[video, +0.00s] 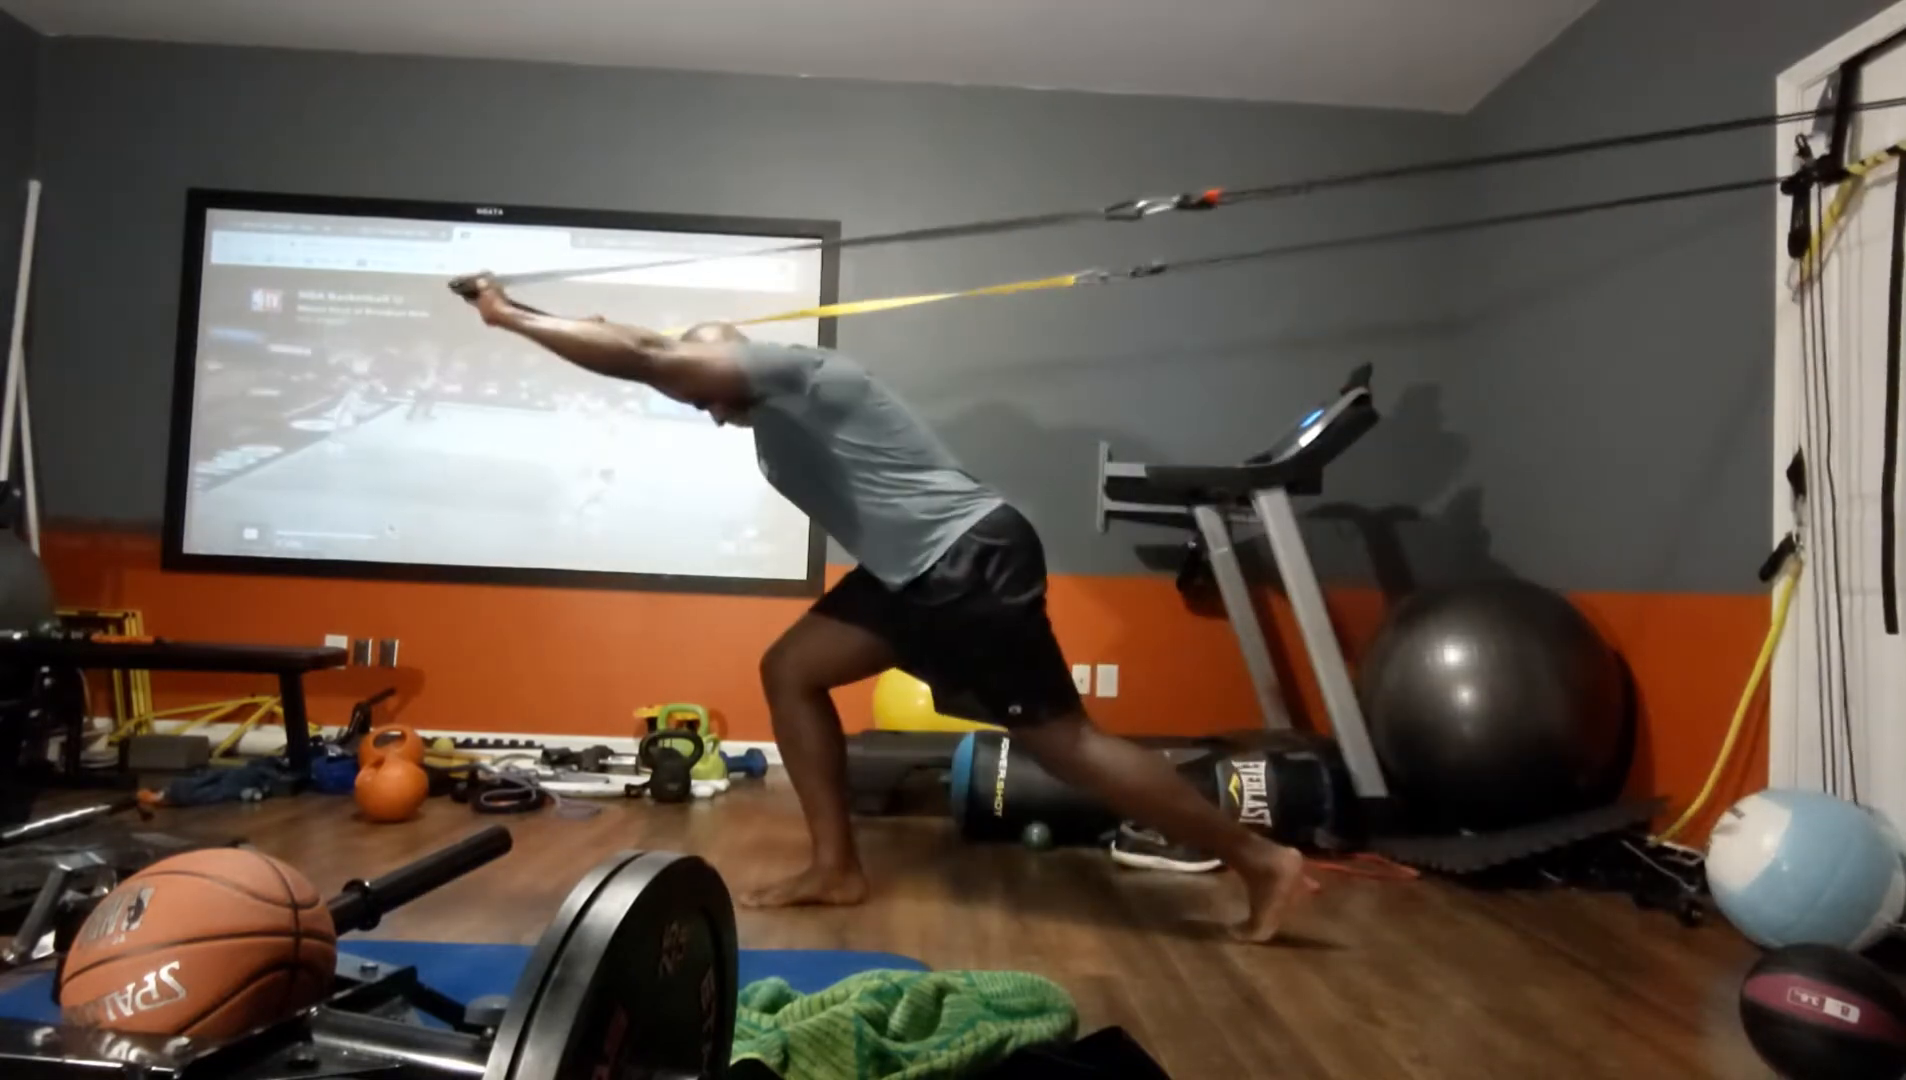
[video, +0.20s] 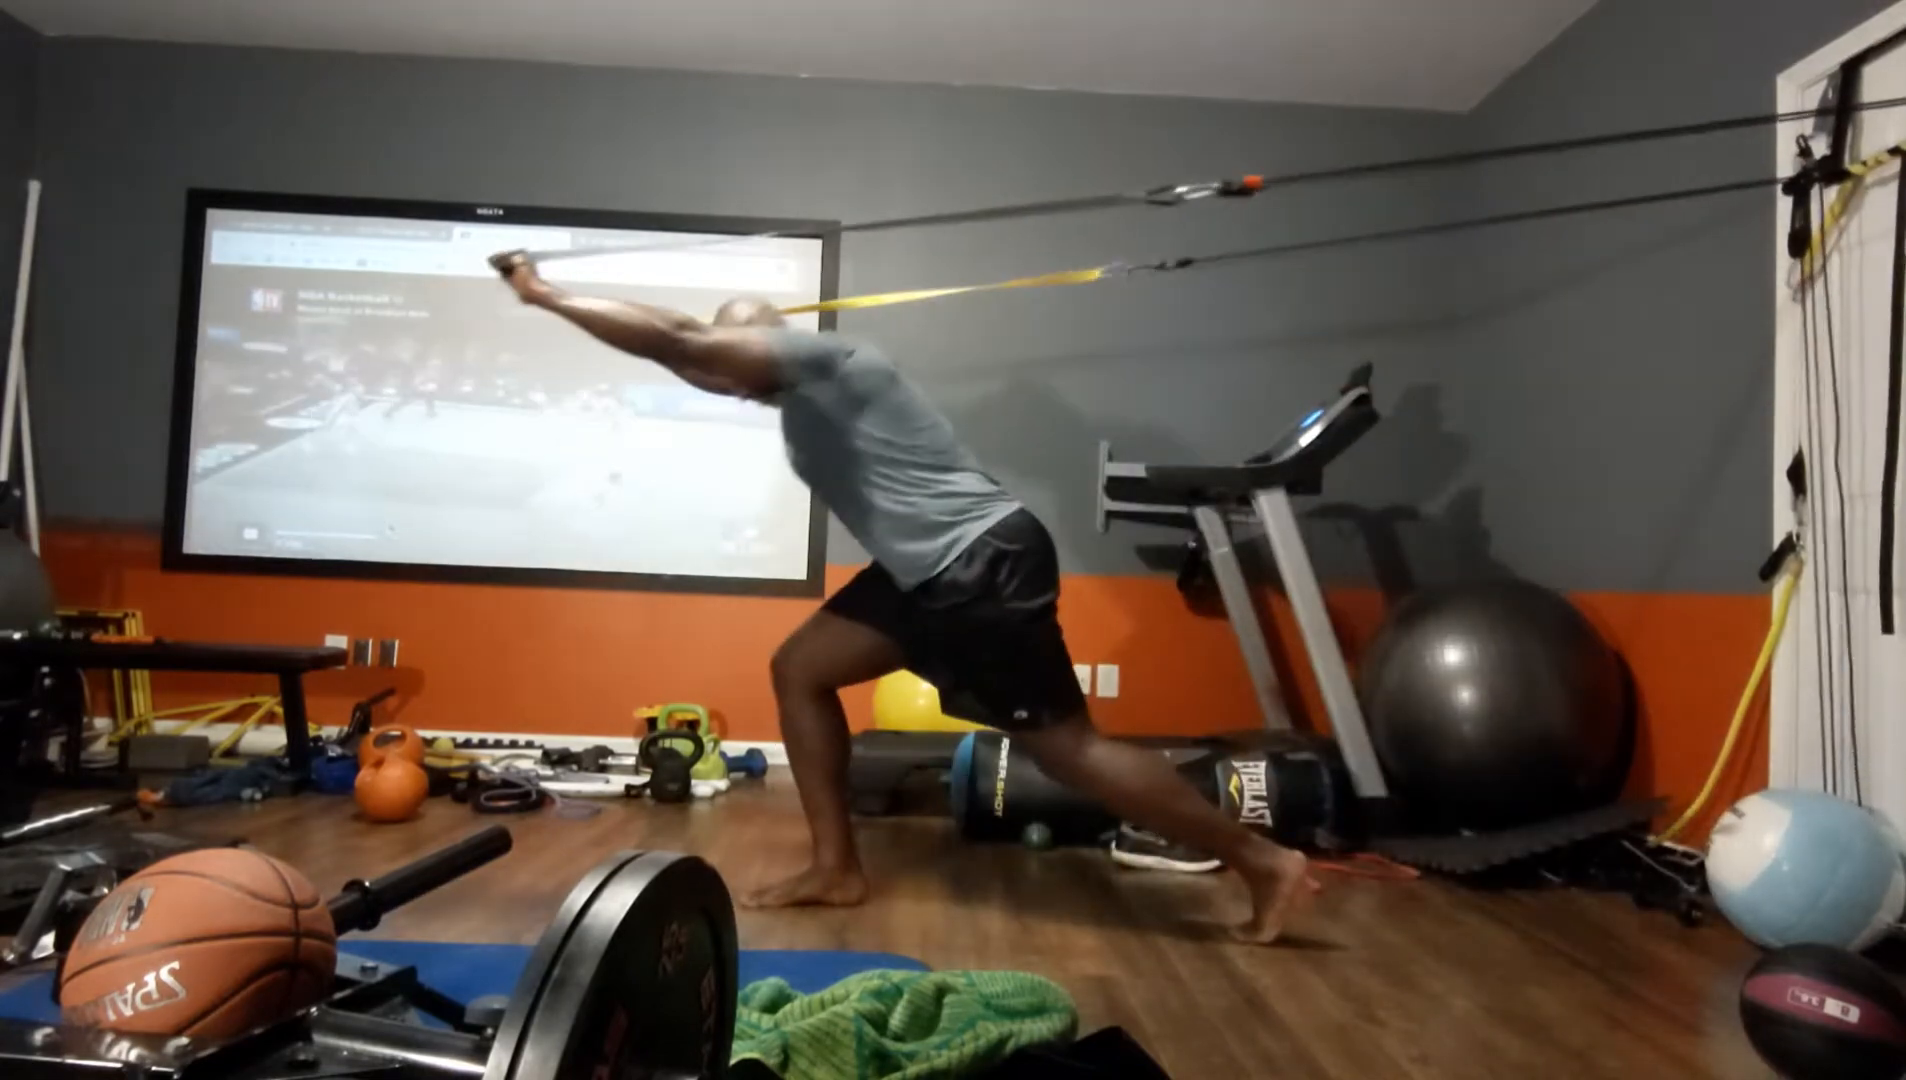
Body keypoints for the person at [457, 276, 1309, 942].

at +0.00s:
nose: (689, 394)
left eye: (691, 376)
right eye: (683, 384)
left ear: (731, 355)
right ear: (755, 366)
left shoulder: (789, 367)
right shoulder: (800, 413)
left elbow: (644, 357)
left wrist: (518, 321)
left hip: (970, 558)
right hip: (915, 569)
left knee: (1068, 746)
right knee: (790, 668)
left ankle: (1262, 859)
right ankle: (833, 868)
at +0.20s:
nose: (713, 364)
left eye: (717, 346)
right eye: (711, 352)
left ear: (751, 332)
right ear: (771, 337)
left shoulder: (821, 362)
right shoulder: (824, 389)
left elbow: (681, 345)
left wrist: (546, 296)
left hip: (986, 563)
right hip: (925, 569)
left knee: (1073, 755)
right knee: (798, 671)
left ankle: (1267, 863)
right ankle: (833, 866)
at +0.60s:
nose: (944, 242)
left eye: (953, 224)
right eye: (939, 232)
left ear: (1003, 211)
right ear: (966, 233)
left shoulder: (1054, 266)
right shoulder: (1003, 309)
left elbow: (1052, 342)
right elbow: (994, 405)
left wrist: (918, 326)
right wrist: (900, 383)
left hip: (1130, 505)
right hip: (1066, 522)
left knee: (1173, 717)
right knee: (965, 675)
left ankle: (1314, 876)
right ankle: (882, 864)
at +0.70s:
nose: (991, 228)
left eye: (1002, 208)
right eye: (988, 214)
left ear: (1053, 199)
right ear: (1039, 207)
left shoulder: (1102, 256)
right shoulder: (1060, 298)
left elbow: (1149, 346)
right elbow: (1073, 411)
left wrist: (1024, 349)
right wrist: (983, 399)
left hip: (1179, 503)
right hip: (1113, 519)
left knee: (1201, 717)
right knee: (1011, 656)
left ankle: (1317, 885)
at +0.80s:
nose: (1031, 213)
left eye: (1042, 194)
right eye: (1029, 200)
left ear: (1094, 188)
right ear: (1081, 197)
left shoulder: (1145, 249)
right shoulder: (1105, 293)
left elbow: (1234, 332)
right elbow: (1131, 412)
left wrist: (1115, 358)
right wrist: (1044, 409)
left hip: (1219, 494)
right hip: (1152, 509)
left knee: (1225, 710)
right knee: (1071, 663)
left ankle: (1323, 888)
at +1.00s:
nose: (1093, 201)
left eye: (1106, 181)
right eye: (1092, 187)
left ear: (1159, 181)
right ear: (1131, 193)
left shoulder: (1218, 241)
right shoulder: (1154, 292)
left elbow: (1331, 313)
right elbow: (1192, 399)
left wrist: (1231, 350)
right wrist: (1114, 410)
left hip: (1272, 490)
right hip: (1215, 502)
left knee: (1251, 693)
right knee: (1204, 685)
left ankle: (1329, 887)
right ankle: (1333, 838)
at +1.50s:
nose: (1113, 202)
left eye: (1127, 185)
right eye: (1114, 187)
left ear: (1177, 188)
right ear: (1168, 192)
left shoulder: (1231, 246)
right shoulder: (1179, 288)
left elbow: (1338, 320)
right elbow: (1237, 402)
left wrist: (1246, 384)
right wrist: (1162, 424)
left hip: (1311, 495)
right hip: (1242, 511)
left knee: (1346, 693)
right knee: (1234, 690)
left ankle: (1459, 884)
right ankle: (1325, 869)